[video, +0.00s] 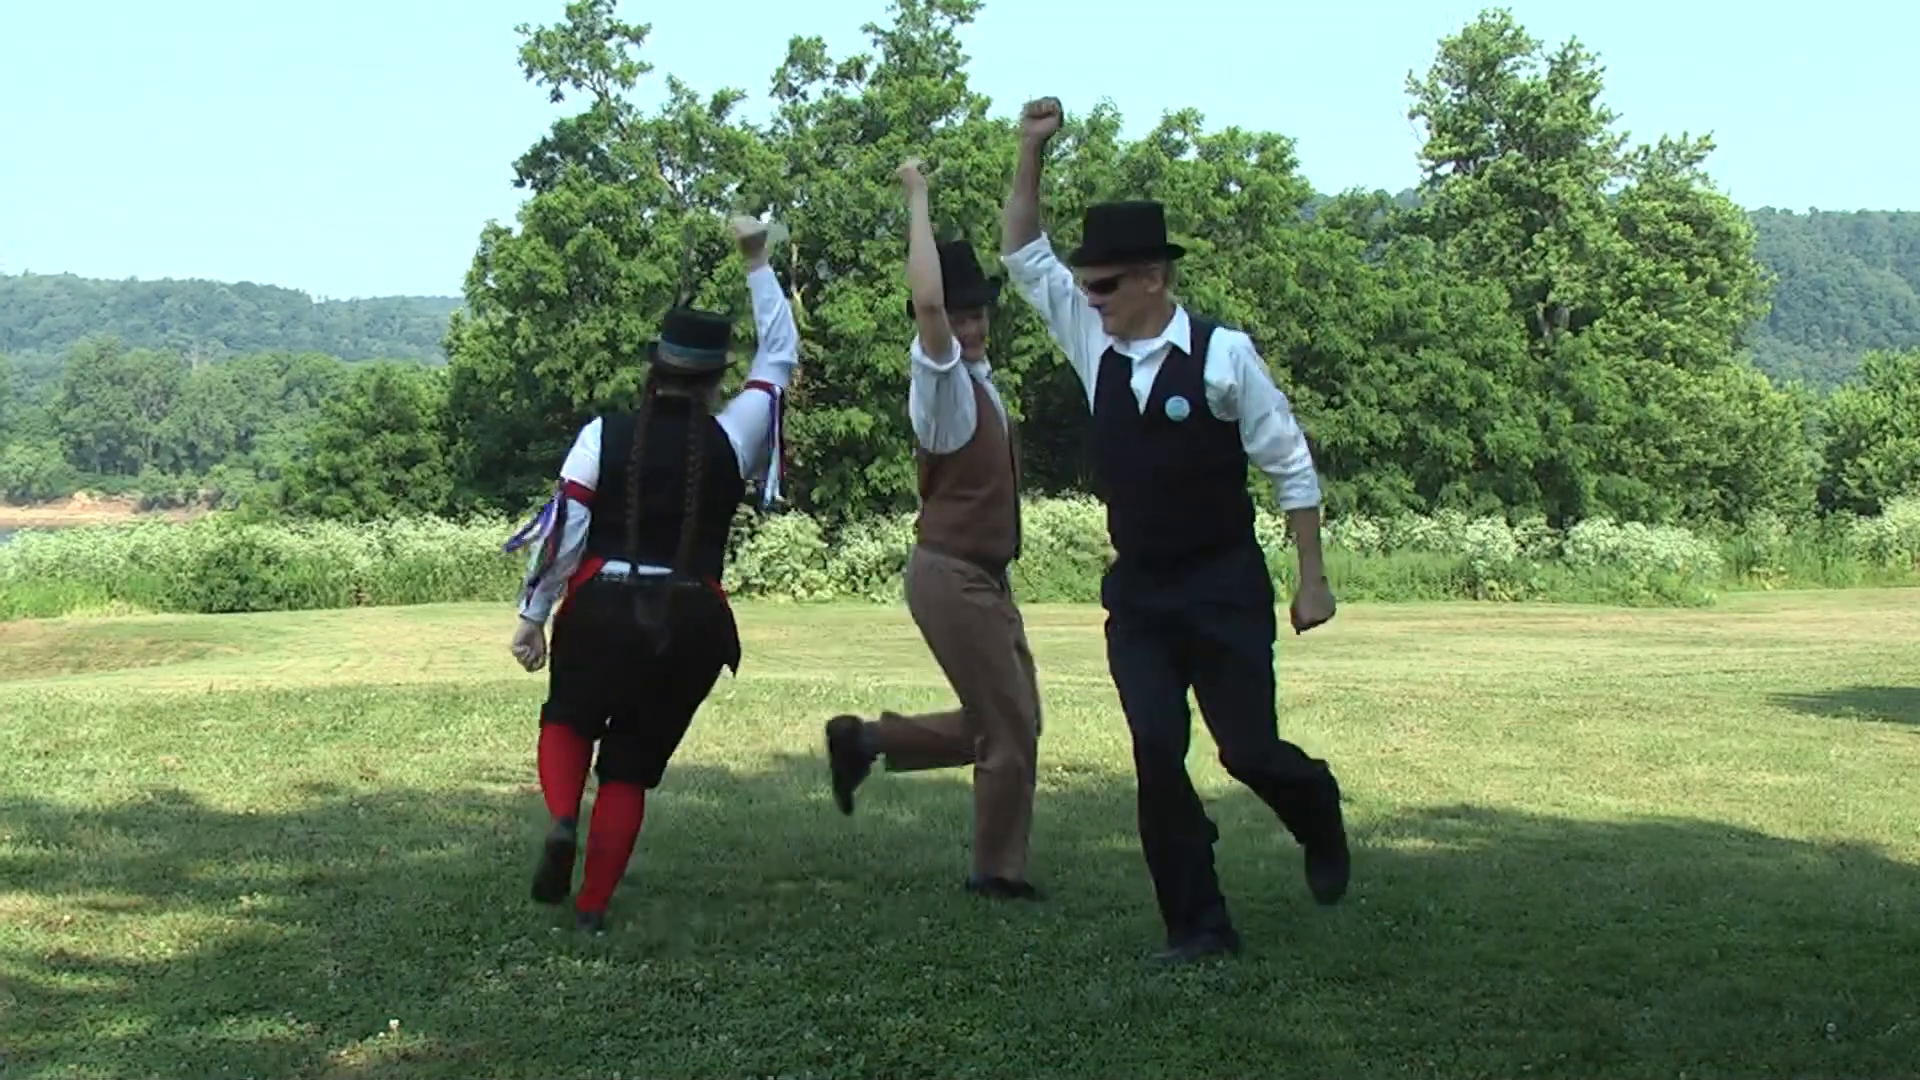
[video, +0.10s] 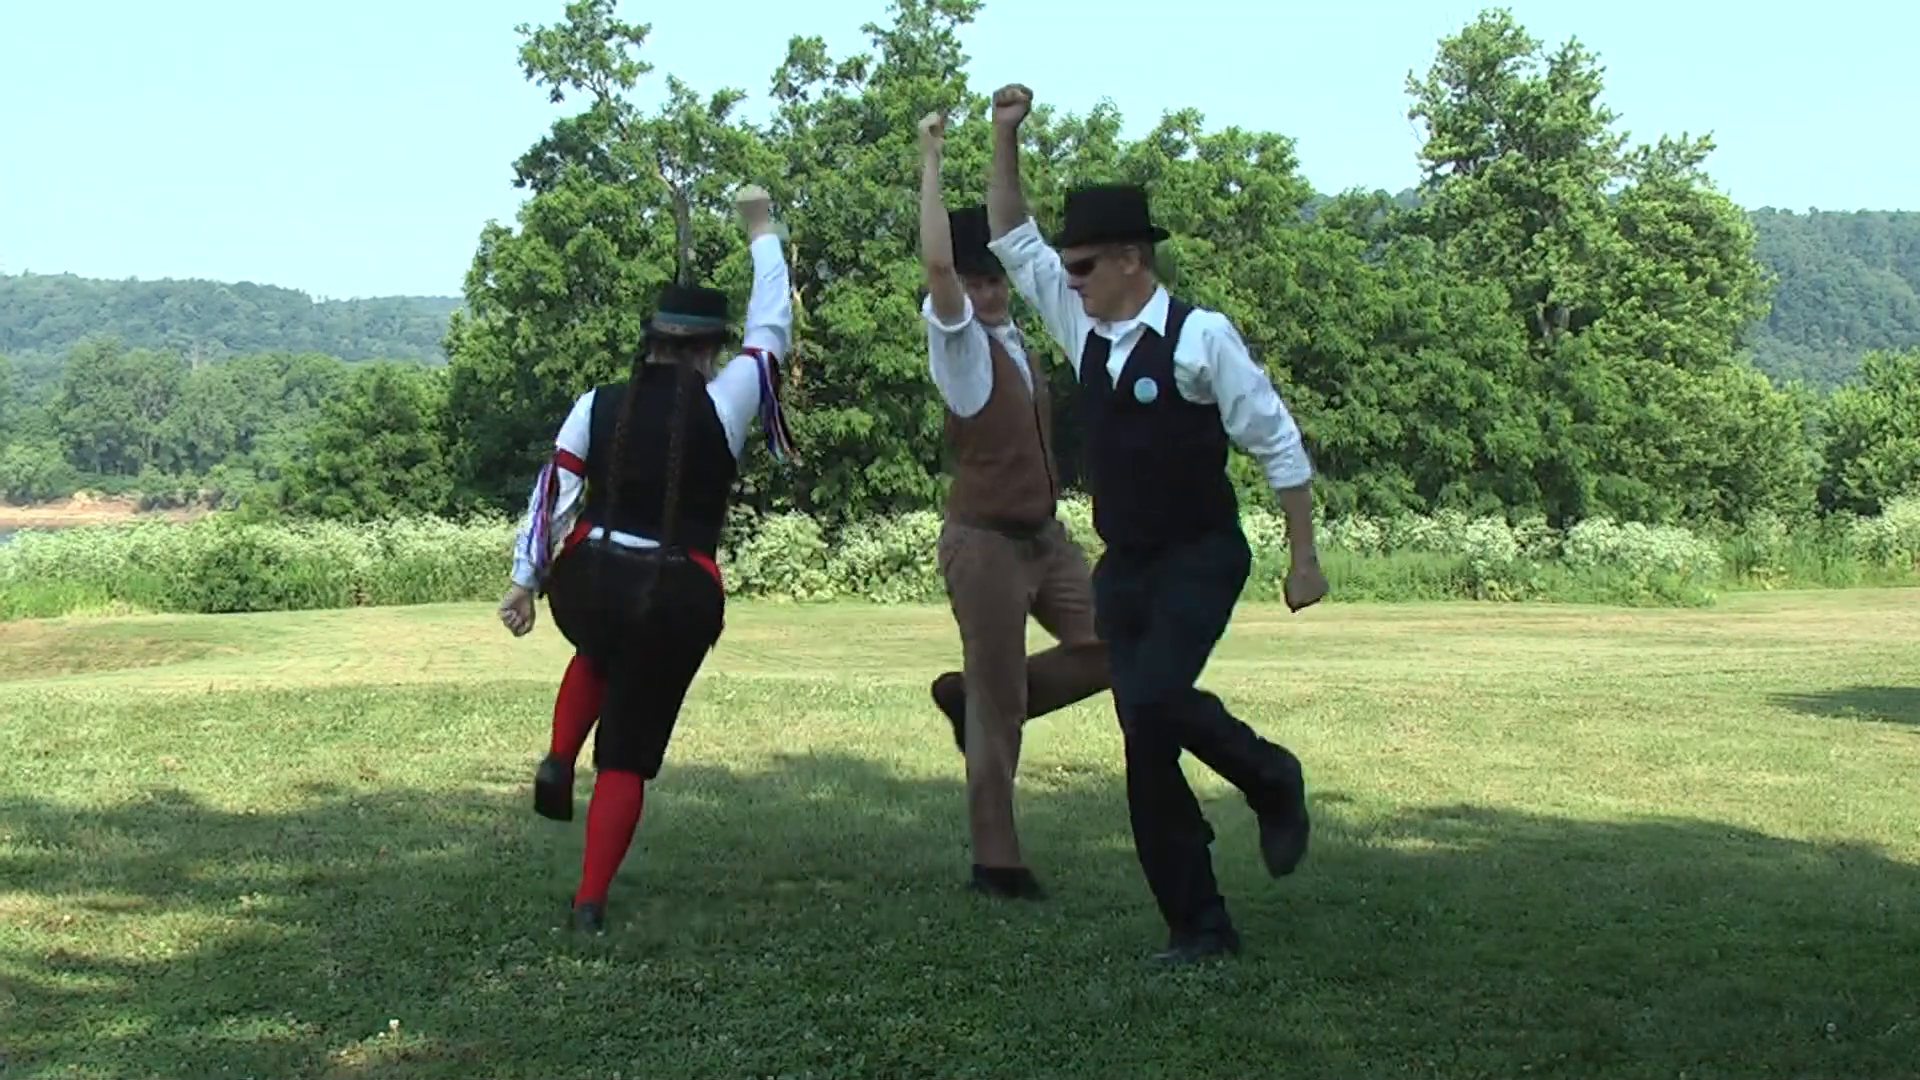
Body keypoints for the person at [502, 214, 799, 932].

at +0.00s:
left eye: (675, 362)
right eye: (708, 370)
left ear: (654, 371)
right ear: (713, 382)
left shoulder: (604, 434)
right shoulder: (731, 439)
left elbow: (564, 530)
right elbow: (779, 356)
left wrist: (532, 612)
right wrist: (759, 263)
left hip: (602, 613)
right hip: (692, 623)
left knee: (567, 716)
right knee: (633, 762)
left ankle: (562, 823)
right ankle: (591, 912)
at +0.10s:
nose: (718, 354)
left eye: (708, 344)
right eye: (714, 344)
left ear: (649, 344)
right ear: (710, 351)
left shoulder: (596, 406)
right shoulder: (727, 403)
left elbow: (550, 497)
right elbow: (770, 328)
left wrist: (524, 578)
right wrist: (764, 233)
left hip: (590, 581)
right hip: (680, 598)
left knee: (601, 647)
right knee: (629, 752)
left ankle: (558, 761)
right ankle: (591, 901)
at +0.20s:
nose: (728, 331)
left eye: (723, 322)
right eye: (723, 321)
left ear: (655, 317)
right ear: (710, 325)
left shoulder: (601, 375)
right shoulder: (724, 366)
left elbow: (552, 459)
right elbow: (766, 290)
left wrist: (527, 544)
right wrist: (771, 198)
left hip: (585, 554)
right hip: (674, 567)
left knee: (645, 610)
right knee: (632, 725)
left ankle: (581, 719)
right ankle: (577, 872)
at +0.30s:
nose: (724, 335)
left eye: (716, 324)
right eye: (723, 324)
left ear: (662, 323)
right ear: (715, 330)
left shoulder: (614, 377)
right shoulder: (721, 372)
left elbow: (563, 463)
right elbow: (762, 299)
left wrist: (538, 550)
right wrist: (770, 204)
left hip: (585, 555)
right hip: (664, 568)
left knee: (689, 642)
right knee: (628, 718)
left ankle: (600, 738)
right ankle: (571, 877)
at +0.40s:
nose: (737, 378)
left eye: (733, 367)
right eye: (734, 369)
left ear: (675, 365)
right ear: (716, 372)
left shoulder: (628, 424)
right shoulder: (714, 421)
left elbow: (590, 511)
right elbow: (760, 347)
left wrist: (570, 590)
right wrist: (762, 251)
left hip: (595, 584)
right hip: (654, 600)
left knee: (726, 668)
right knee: (626, 756)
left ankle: (642, 774)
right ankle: (555, 890)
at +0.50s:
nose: (761, 393)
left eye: (760, 384)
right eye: (754, 384)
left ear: (703, 383)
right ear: (731, 386)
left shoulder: (659, 440)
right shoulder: (729, 436)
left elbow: (631, 509)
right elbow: (790, 369)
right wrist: (811, 279)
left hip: (617, 599)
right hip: (658, 615)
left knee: (758, 664)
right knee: (641, 777)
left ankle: (722, 799)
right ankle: (555, 891)